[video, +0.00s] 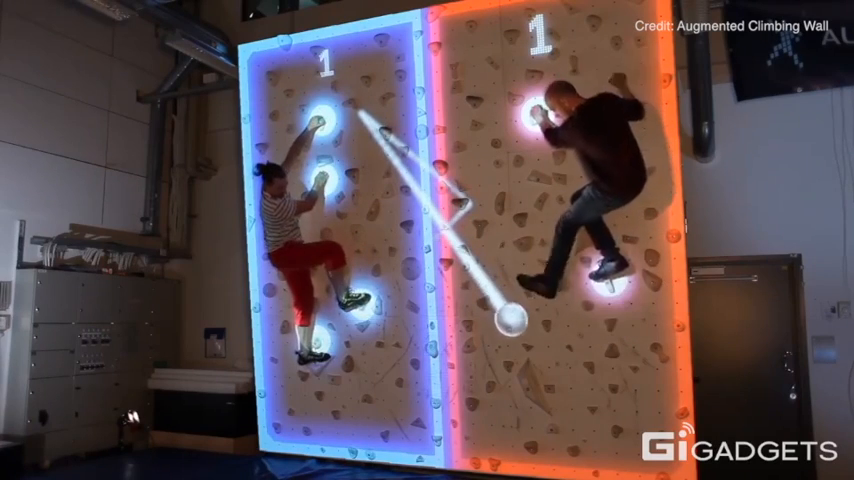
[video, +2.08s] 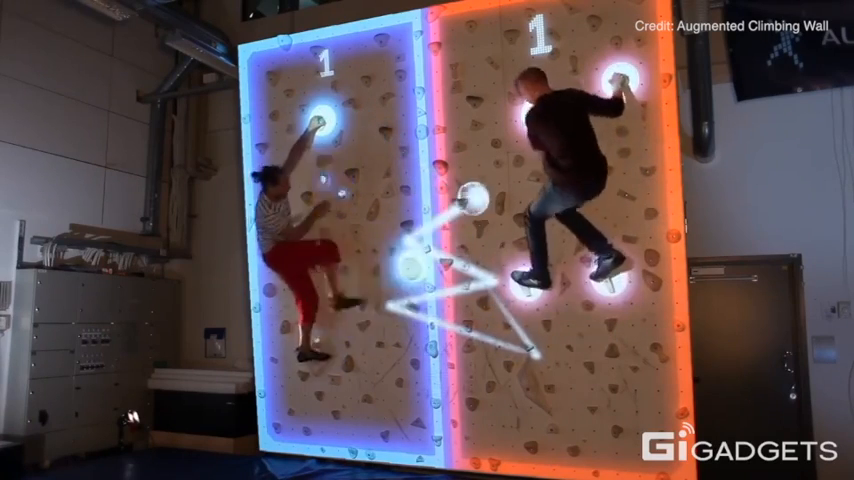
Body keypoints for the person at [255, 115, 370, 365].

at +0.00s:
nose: (285, 188)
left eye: (285, 184)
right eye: (280, 185)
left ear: (282, 181)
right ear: (270, 187)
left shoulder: (270, 193)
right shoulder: (278, 204)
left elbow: (292, 157)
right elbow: (309, 205)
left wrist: (309, 130)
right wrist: (320, 185)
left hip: (283, 253)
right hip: (288, 252)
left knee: (304, 299)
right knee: (332, 250)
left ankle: (305, 352)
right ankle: (344, 297)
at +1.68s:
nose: (296, 188)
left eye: (295, 185)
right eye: (293, 185)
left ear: (279, 187)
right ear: (281, 188)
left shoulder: (275, 198)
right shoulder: (283, 209)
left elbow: (293, 162)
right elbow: (311, 209)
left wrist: (310, 132)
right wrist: (320, 188)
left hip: (280, 256)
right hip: (286, 253)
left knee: (311, 296)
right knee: (332, 246)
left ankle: (306, 349)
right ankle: (352, 293)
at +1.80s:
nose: (297, 184)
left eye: (296, 180)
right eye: (293, 183)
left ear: (289, 179)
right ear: (282, 185)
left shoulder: (278, 191)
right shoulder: (284, 204)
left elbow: (297, 157)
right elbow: (314, 207)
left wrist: (310, 131)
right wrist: (321, 187)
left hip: (285, 255)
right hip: (293, 250)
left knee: (315, 294)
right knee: (343, 247)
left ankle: (306, 346)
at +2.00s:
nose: (293, 185)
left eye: (292, 181)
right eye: (289, 183)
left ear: (286, 180)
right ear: (277, 186)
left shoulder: (277, 188)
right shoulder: (277, 210)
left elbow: (295, 156)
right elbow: (303, 234)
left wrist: (310, 131)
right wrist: (324, 211)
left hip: (278, 254)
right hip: (285, 252)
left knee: (309, 295)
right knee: (334, 256)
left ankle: (306, 349)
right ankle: (384, 273)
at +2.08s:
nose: (288, 184)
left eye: (286, 180)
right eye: (284, 183)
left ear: (279, 182)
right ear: (273, 189)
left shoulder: (275, 189)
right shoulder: (268, 213)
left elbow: (294, 156)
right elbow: (294, 236)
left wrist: (310, 131)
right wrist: (315, 214)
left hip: (280, 252)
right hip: (280, 253)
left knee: (308, 296)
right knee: (328, 249)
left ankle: (304, 348)